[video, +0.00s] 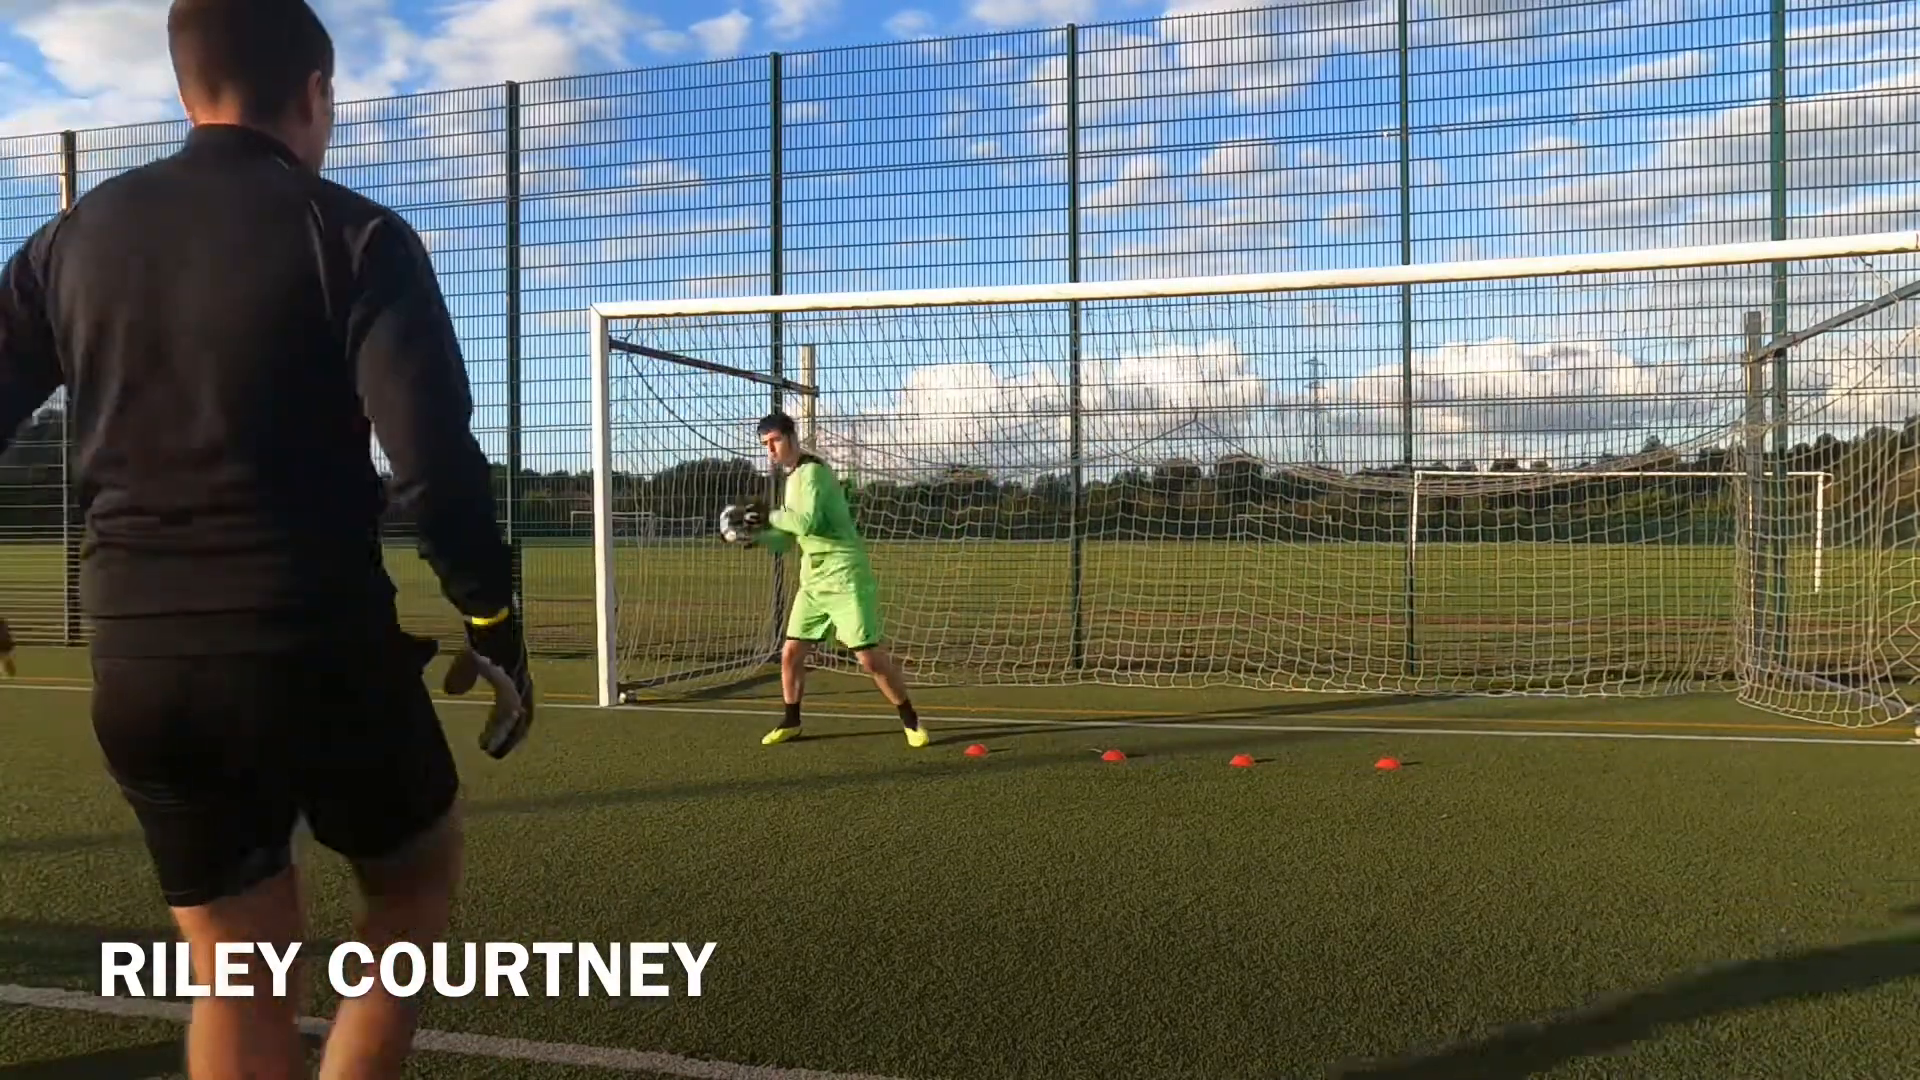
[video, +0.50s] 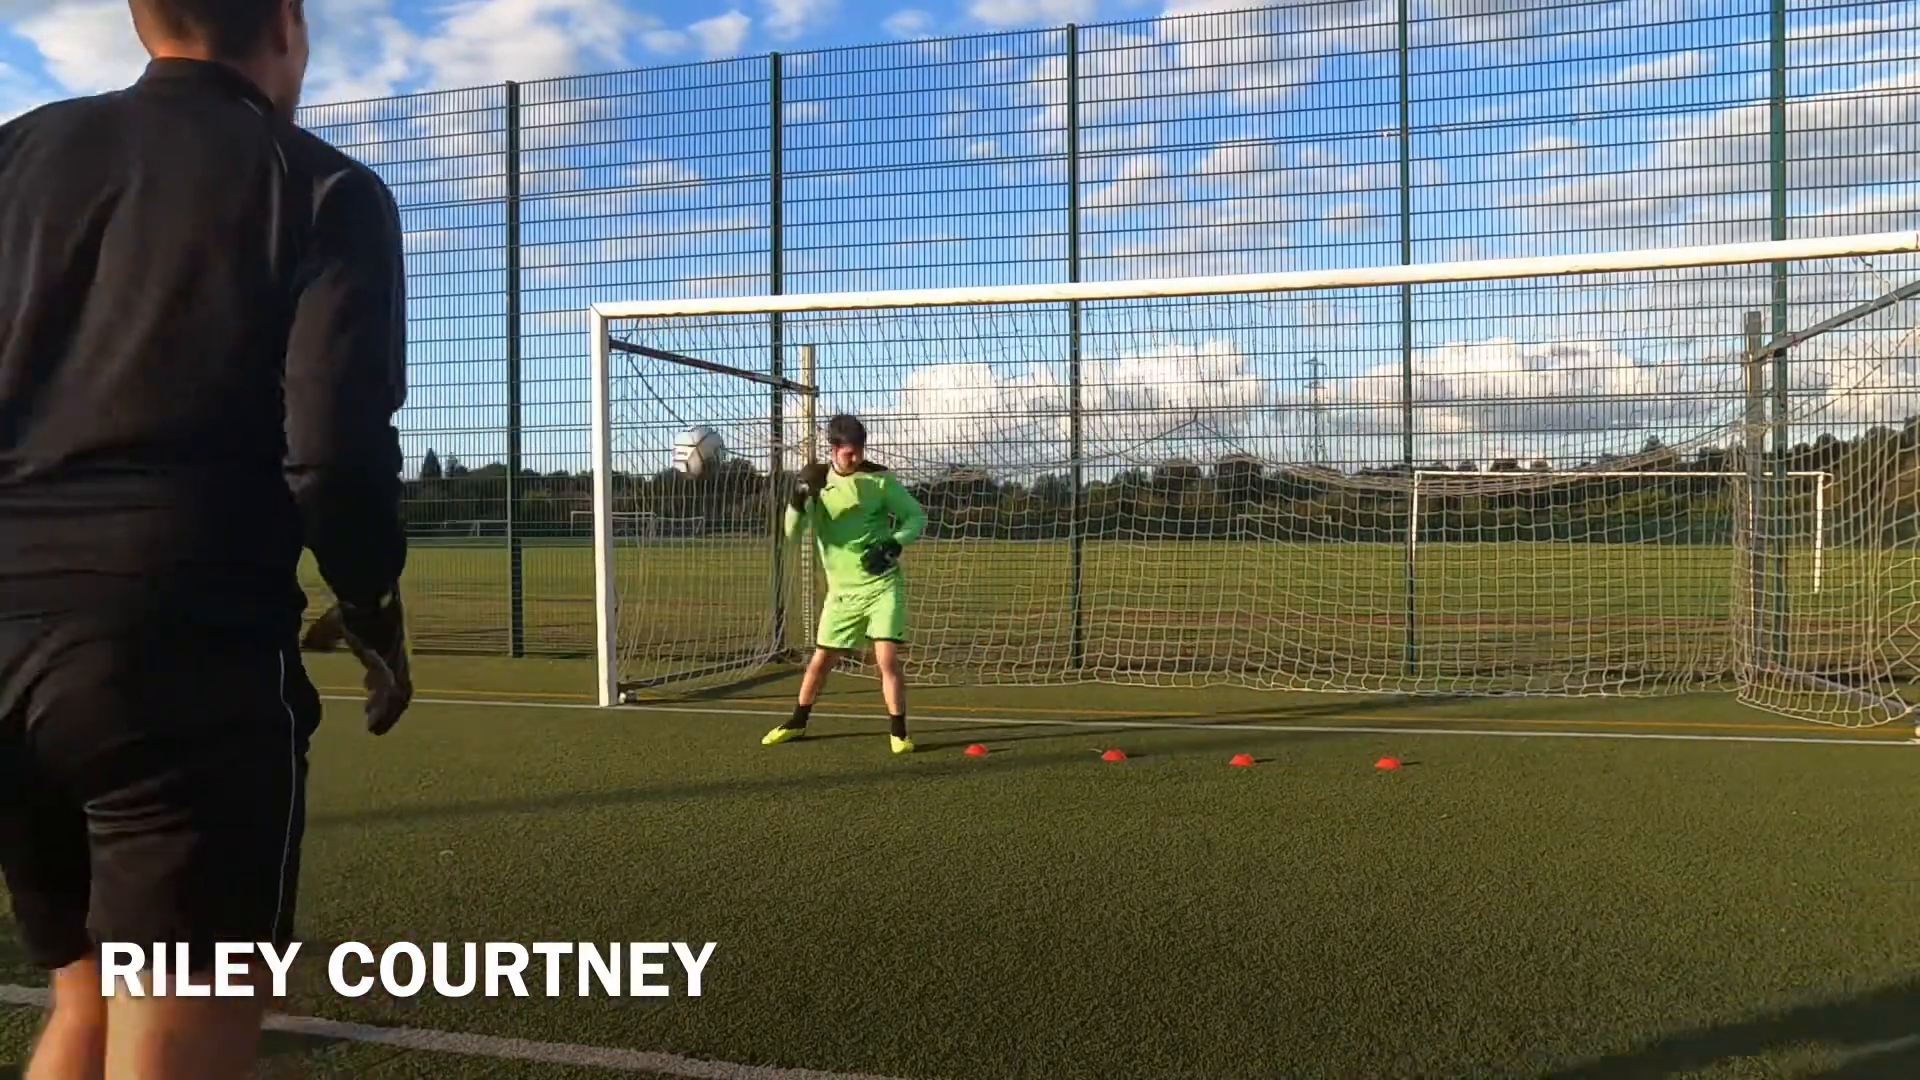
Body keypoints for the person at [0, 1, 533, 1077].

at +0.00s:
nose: (328, 120)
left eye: (329, 103)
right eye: (330, 101)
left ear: (187, 96)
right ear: (311, 93)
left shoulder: (71, 242)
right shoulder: (354, 235)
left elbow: (3, 404)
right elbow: (430, 459)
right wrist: (492, 621)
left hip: (143, 668)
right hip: (323, 655)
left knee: (233, 972)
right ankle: (351, 1060)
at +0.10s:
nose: (330, 107)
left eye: (327, 84)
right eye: (331, 83)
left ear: (189, 84)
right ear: (311, 79)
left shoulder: (75, 228)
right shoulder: (361, 231)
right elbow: (453, 453)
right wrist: (519, 592)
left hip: (123, 663)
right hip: (294, 658)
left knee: (222, 968)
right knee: (336, 978)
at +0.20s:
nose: (337, 92)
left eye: (335, 68)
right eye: (335, 68)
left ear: (191, 72)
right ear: (314, 66)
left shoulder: (66, 215)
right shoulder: (357, 219)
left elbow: (1, 367)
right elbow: (446, 445)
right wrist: (511, 576)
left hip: (93, 655)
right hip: (269, 654)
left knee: (217, 975)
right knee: (251, 999)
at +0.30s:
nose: (338, 86)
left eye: (337, 59)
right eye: (336, 58)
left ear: (186, 59)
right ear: (313, 57)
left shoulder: (51, 193)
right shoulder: (340, 211)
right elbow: (410, 456)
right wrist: (482, 578)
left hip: (52, 654)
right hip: (241, 655)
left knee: (180, 963)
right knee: (202, 1014)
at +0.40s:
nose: (328, 66)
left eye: (325, 43)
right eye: (326, 41)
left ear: (172, 40)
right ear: (306, 36)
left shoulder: (26, 172)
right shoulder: (335, 198)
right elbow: (356, 455)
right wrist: (424, 593)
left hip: (24, 642)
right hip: (213, 647)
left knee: (165, 986)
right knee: (175, 1006)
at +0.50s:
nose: (305, 48)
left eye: (301, 30)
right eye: (304, 28)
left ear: (147, 30)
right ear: (286, 23)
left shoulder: (15, 153)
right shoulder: (325, 188)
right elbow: (333, 450)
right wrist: (369, 600)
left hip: (5, 626)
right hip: (181, 635)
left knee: (83, 994)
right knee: (181, 1024)